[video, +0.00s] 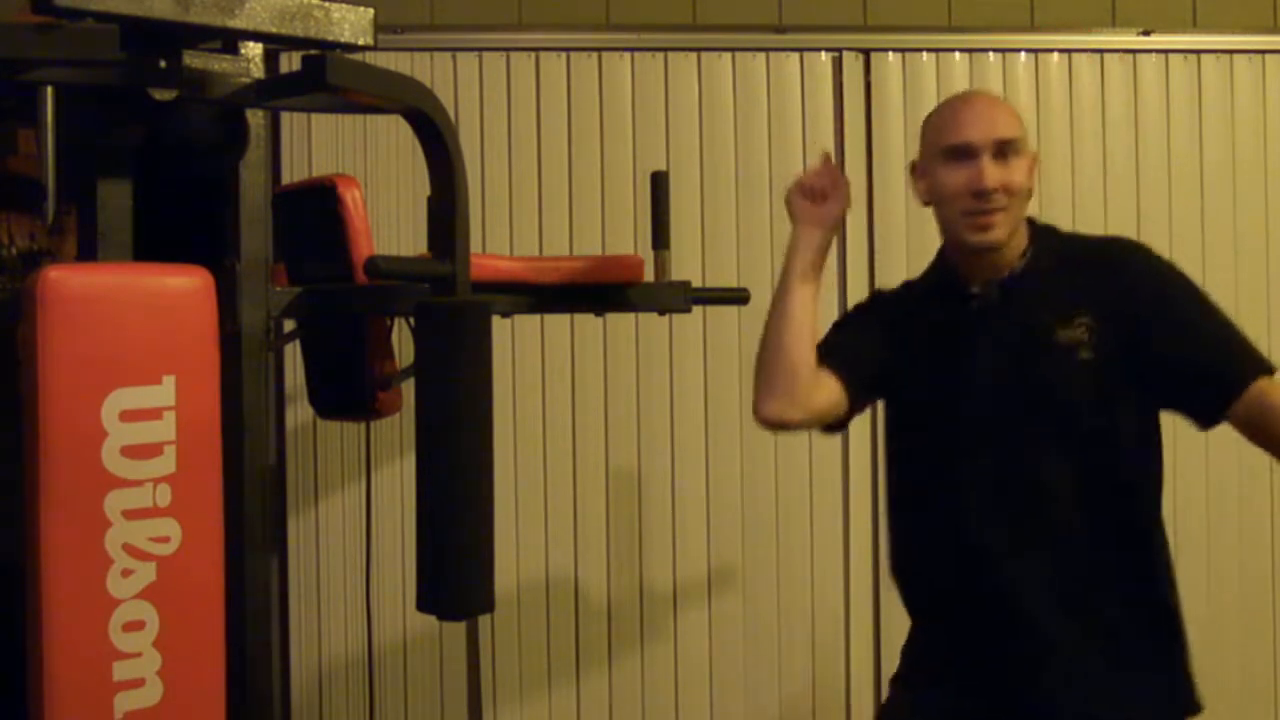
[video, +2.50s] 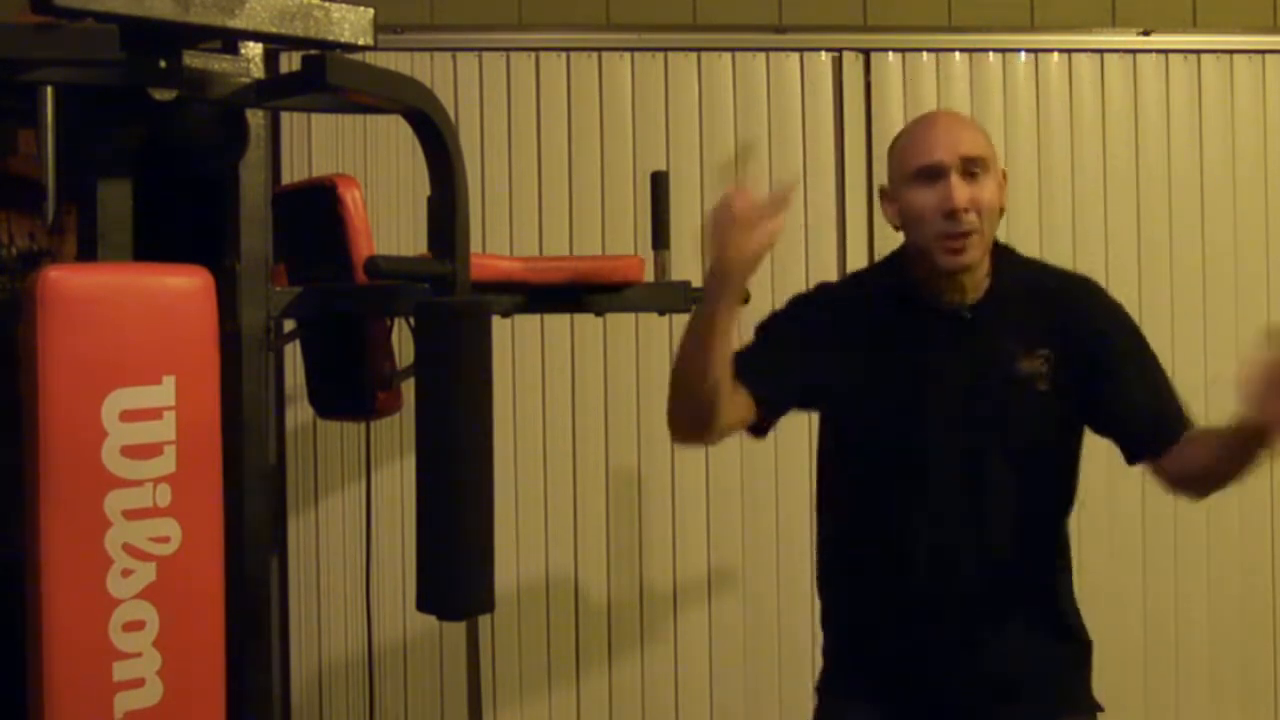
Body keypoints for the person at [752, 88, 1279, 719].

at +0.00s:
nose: (986, 178)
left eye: (1003, 155)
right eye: (959, 159)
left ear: (1031, 170)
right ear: (921, 182)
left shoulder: (1120, 280)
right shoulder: (897, 322)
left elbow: (1262, 406)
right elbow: (782, 404)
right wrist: (811, 236)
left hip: (1120, 673)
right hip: (955, 678)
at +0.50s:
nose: (963, 127)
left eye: (987, 107)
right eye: (940, 110)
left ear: (1026, 134)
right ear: (915, 143)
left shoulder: (1092, 258)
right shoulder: (858, 276)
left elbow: (1144, 434)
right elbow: (772, 437)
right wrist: (872, 297)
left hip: (1057, 640)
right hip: (903, 641)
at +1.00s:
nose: (1049, 168)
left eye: (1075, 142)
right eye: (1029, 148)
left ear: (1128, 162)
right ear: (1011, 170)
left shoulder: (1218, 289)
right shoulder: (968, 302)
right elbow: (907, 409)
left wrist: (1259, 553)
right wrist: (938, 446)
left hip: (1170, 660)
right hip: (1010, 655)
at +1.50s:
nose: (948, 154)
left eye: (974, 126)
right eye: (930, 131)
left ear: (1028, 141)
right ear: (916, 148)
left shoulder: (1103, 248)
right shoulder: (903, 274)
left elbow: (1188, 363)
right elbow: (812, 398)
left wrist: (1139, 241)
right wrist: (844, 264)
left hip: (1086, 624)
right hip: (938, 626)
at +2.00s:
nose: (1024, 144)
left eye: (1040, 120)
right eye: (995, 126)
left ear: (1066, 138)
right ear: (955, 156)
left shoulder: (1136, 281)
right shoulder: (900, 297)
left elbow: (1164, 473)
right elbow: (863, 469)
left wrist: (1172, 655)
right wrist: (878, 628)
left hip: (1097, 648)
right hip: (947, 657)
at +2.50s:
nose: (957, 198)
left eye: (973, 173)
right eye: (930, 179)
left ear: (1001, 190)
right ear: (891, 204)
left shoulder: (1070, 314)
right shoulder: (835, 320)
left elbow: (1183, 465)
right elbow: (694, 421)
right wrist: (723, 284)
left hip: (1032, 679)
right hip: (876, 682)